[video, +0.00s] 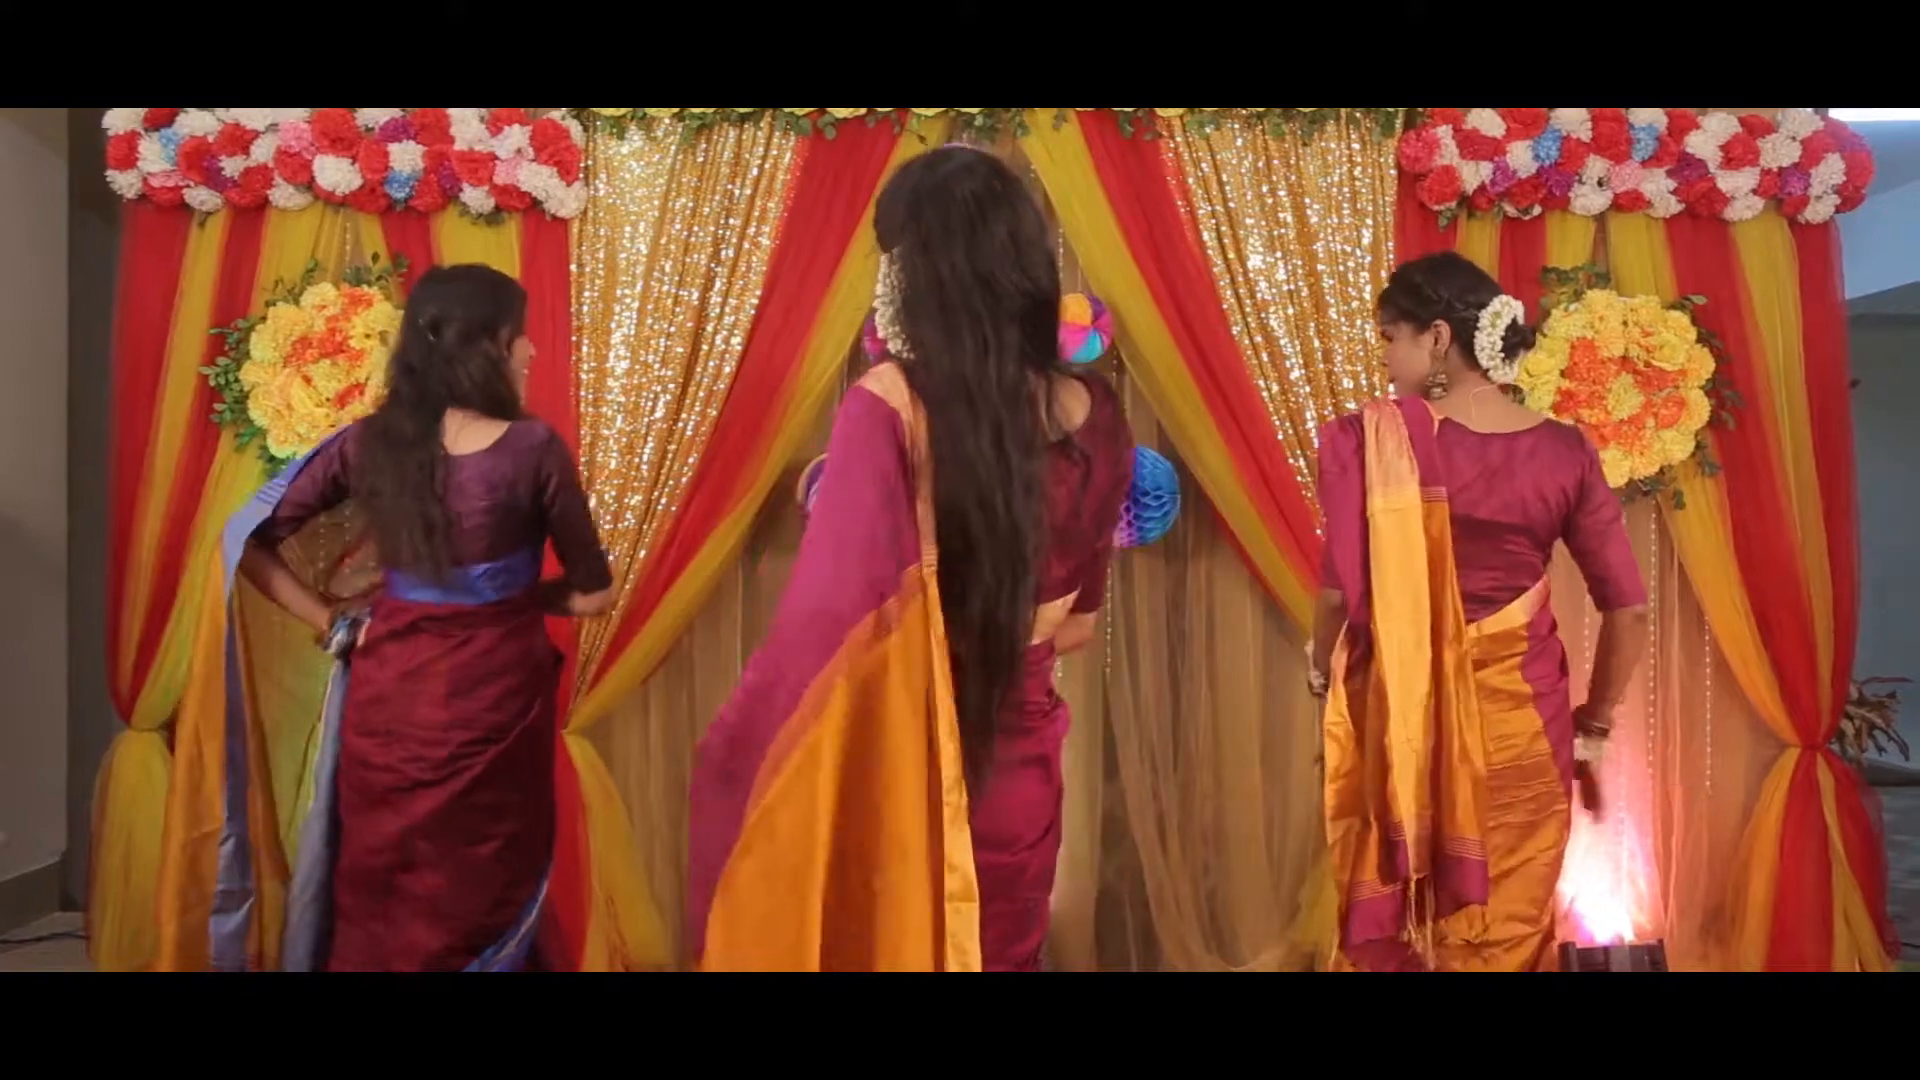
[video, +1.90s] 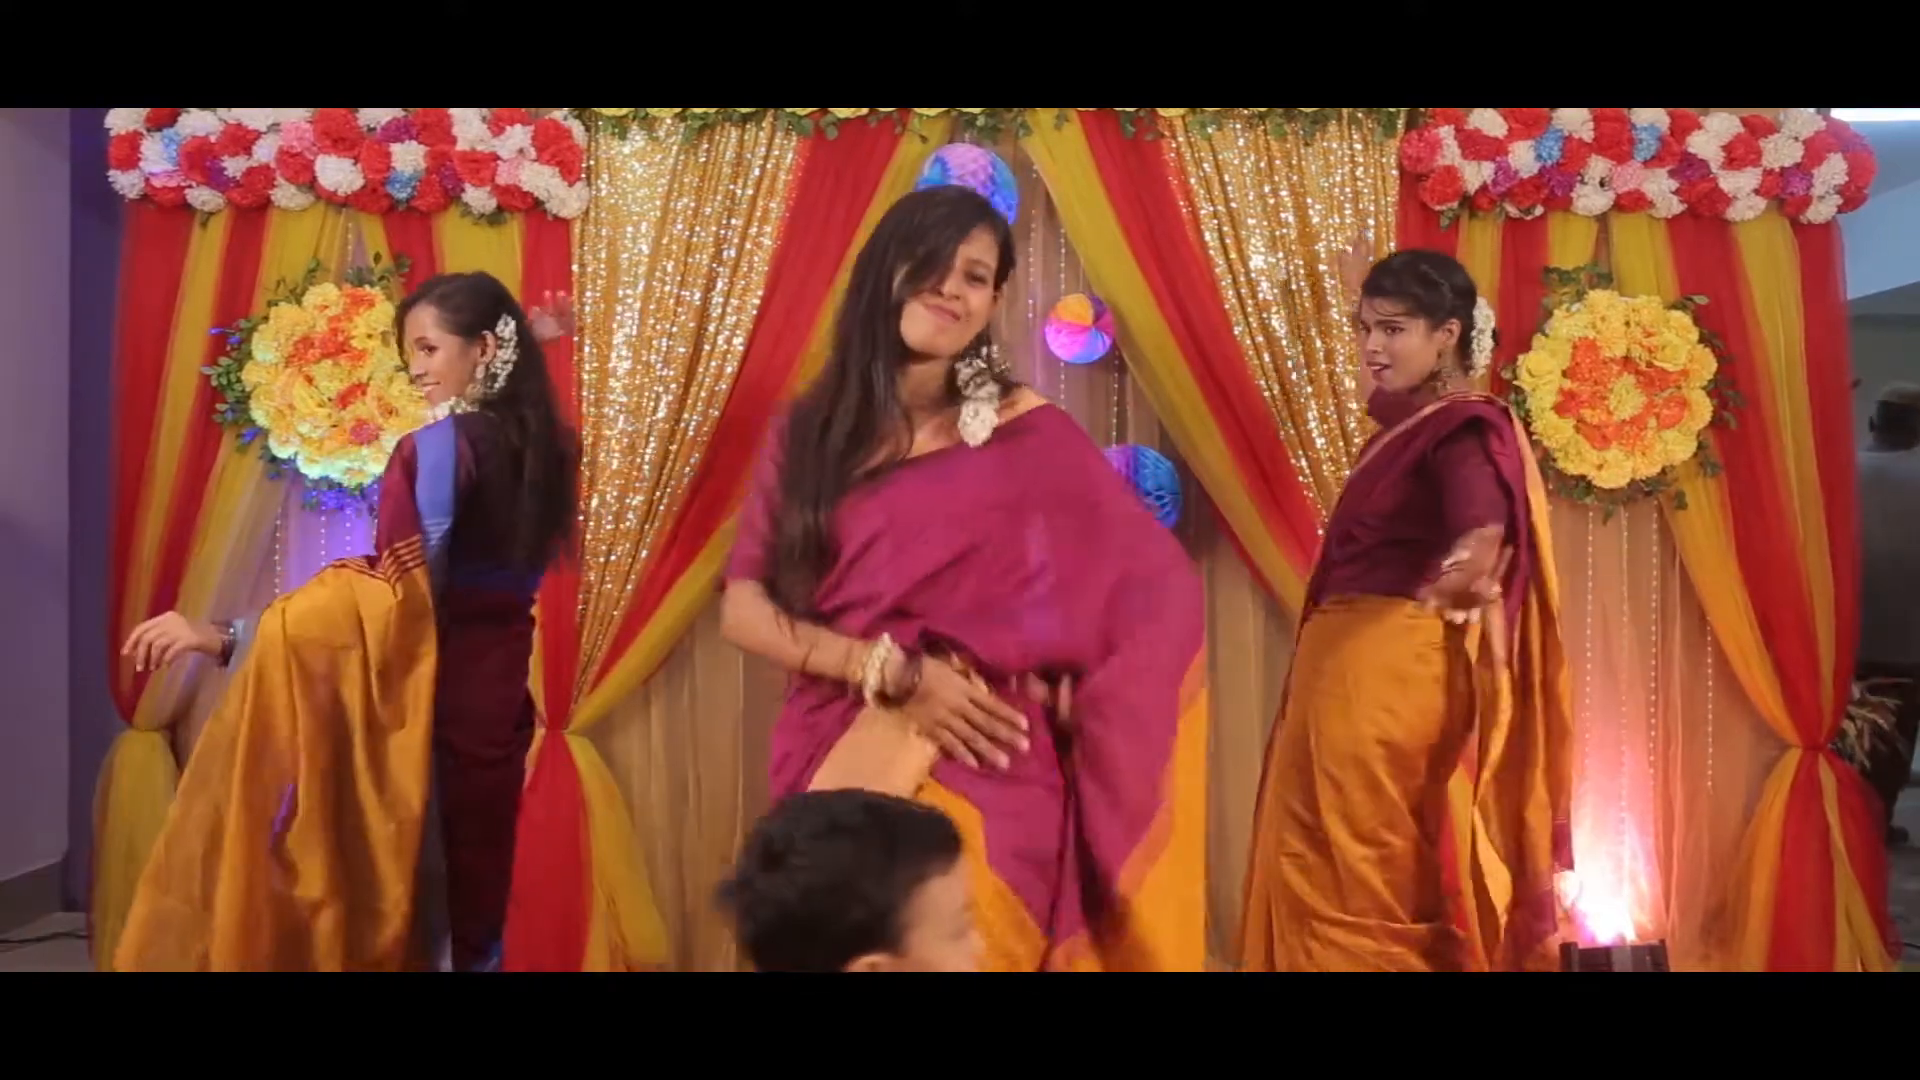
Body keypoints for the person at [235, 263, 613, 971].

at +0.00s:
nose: (531, 356)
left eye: (528, 339)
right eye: (523, 340)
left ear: (427, 345)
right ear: (486, 348)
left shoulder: (371, 440)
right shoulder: (533, 447)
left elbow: (250, 540)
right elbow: (593, 591)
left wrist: (325, 615)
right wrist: (509, 588)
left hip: (389, 681)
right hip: (495, 687)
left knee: (375, 879)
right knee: (486, 879)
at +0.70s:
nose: (535, 346)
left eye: (531, 331)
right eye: (525, 332)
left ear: (431, 341)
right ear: (494, 345)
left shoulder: (374, 436)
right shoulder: (542, 446)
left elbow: (293, 541)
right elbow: (618, 574)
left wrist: (315, 646)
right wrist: (527, 565)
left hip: (383, 673)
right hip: (489, 679)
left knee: (375, 868)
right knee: (478, 871)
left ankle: (378, 963)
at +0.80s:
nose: (532, 342)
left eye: (528, 329)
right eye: (526, 330)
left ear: (427, 338)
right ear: (508, 340)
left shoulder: (385, 435)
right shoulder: (555, 439)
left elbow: (299, 538)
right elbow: (680, 538)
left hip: (387, 668)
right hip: (490, 677)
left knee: (377, 861)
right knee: (477, 859)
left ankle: (373, 963)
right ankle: (471, 964)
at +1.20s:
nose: (424, 352)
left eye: (430, 337)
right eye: (430, 334)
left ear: (435, 350)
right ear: (523, 351)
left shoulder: (384, 441)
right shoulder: (556, 460)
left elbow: (300, 558)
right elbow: (630, 519)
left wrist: (201, 602)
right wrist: (656, 410)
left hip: (395, 667)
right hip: (495, 672)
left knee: (389, 849)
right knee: (486, 857)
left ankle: (393, 960)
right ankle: (477, 961)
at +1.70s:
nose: (421, 382)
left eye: (425, 364)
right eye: (420, 365)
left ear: (467, 360)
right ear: (500, 360)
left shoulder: (414, 448)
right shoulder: (557, 460)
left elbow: (345, 594)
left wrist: (197, 646)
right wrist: (583, 396)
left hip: (417, 702)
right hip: (506, 702)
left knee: (401, 900)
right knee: (481, 908)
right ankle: (475, 962)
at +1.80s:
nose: (415, 369)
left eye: (426, 350)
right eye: (413, 352)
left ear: (484, 347)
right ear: (491, 352)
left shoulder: (428, 445)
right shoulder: (568, 450)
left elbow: (387, 599)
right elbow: (524, 422)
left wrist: (218, 638)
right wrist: (546, 354)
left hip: (416, 691)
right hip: (499, 693)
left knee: (395, 879)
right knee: (477, 876)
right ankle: (475, 962)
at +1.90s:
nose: (414, 370)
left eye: (428, 350)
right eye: (411, 353)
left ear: (489, 349)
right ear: (492, 354)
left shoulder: (434, 447)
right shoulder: (544, 447)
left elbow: (392, 605)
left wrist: (227, 636)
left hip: (428, 707)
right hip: (499, 705)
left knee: (406, 911)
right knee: (481, 921)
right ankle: (480, 960)